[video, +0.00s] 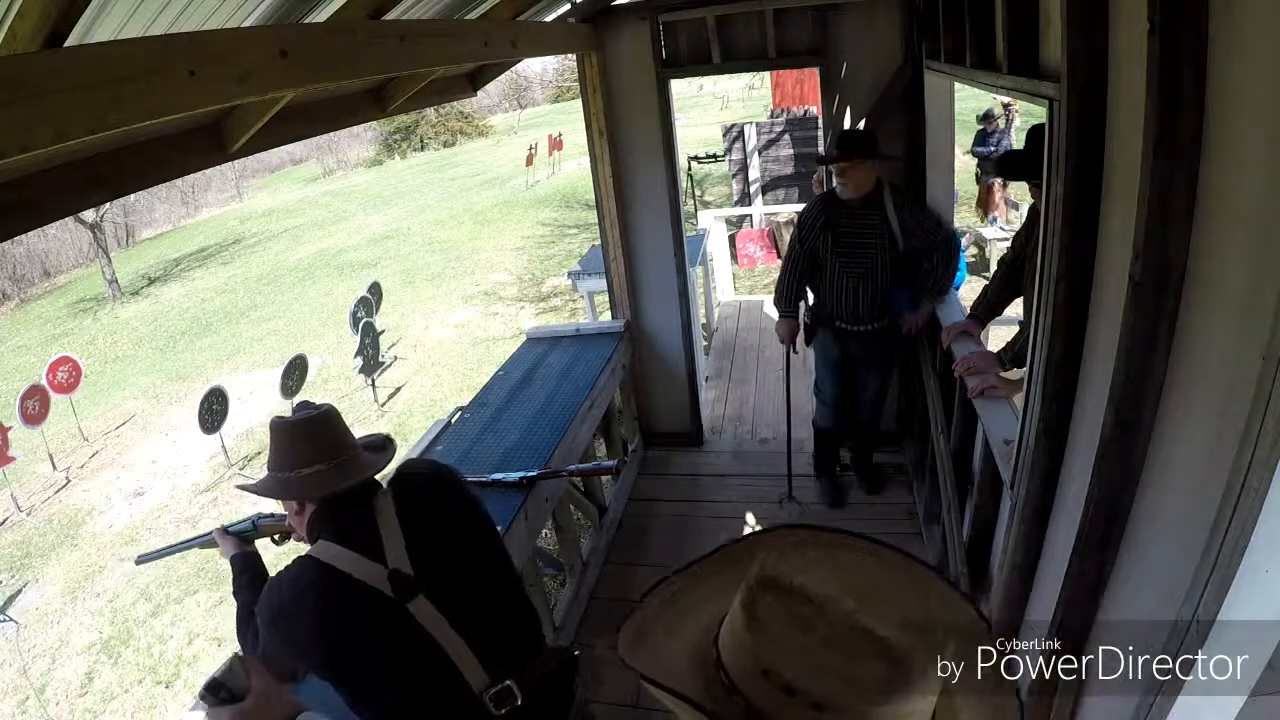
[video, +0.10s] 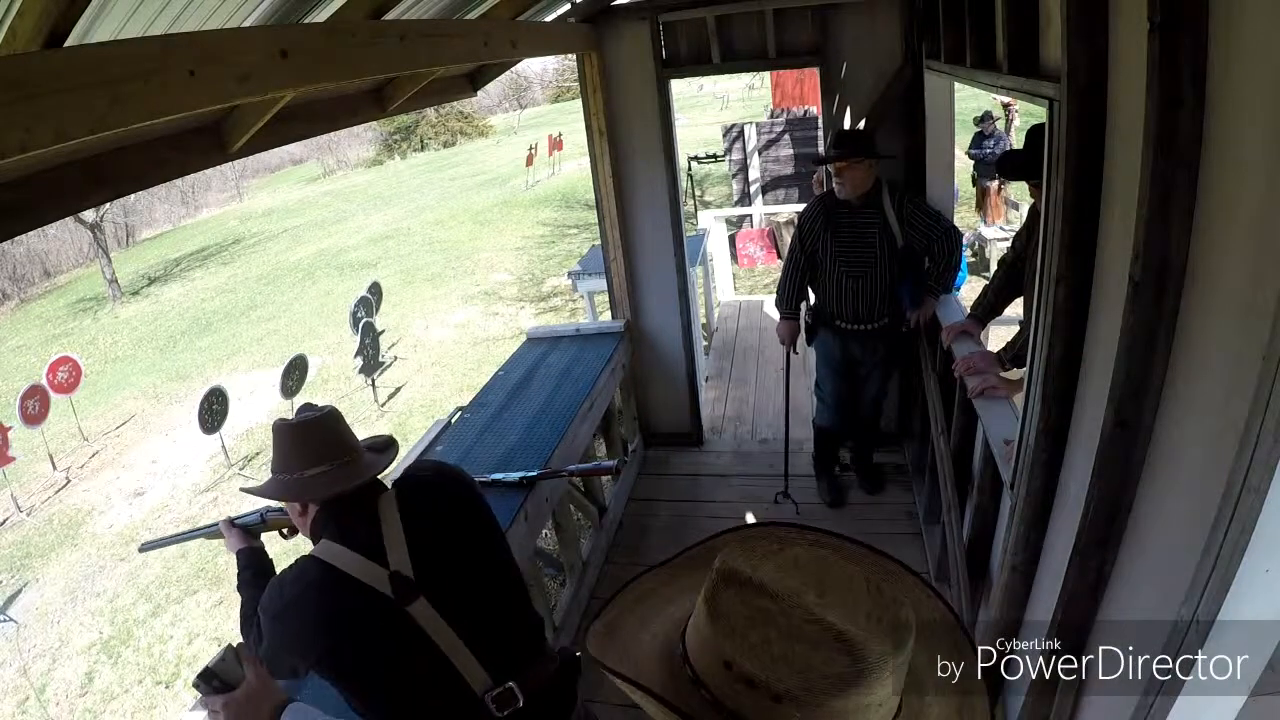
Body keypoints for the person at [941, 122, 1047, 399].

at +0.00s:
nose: (1031, 190)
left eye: (1036, 182)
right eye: (1029, 181)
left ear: (1056, 183)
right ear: (1032, 181)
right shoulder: (1041, 212)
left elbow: (1055, 307)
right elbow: (1014, 263)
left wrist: (1004, 358)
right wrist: (977, 319)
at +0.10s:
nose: (1031, 190)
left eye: (1037, 183)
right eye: (1030, 182)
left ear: (1058, 181)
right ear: (1029, 179)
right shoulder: (1042, 211)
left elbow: (1055, 307)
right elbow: (1015, 263)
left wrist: (1004, 358)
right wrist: (977, 318)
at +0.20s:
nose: (1031, 188)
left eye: (1037, 181)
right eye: (1029, 180)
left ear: (1057, 181)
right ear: (1029, 177)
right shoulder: (1042, 211)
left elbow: (1055, 308)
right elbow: (1015, 264)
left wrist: (1004, 358)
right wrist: (977, 319)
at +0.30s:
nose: (1031, 186)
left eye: (1037, 178)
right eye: (1029, 177)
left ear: (1056, 179)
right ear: (1029, 175)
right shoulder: (1043, 211)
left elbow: (1055, 307)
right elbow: (1016, 264)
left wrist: (1004, 358)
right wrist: (977, 318)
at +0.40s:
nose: (1033, 184)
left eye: (1037, 176)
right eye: (1031, 175)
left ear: (1057, 174)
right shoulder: (1046, 212)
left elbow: (1056, 306)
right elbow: (1020, 263)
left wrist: (1004, 358)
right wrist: (980, 317)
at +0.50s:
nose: (1034, 182)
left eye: (1039, 174)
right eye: (1033, 174)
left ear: (1058, 171)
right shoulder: (1052, 214)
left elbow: (1056, 306)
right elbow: (1021, 265)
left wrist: (1004, 358)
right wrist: (980, 316)